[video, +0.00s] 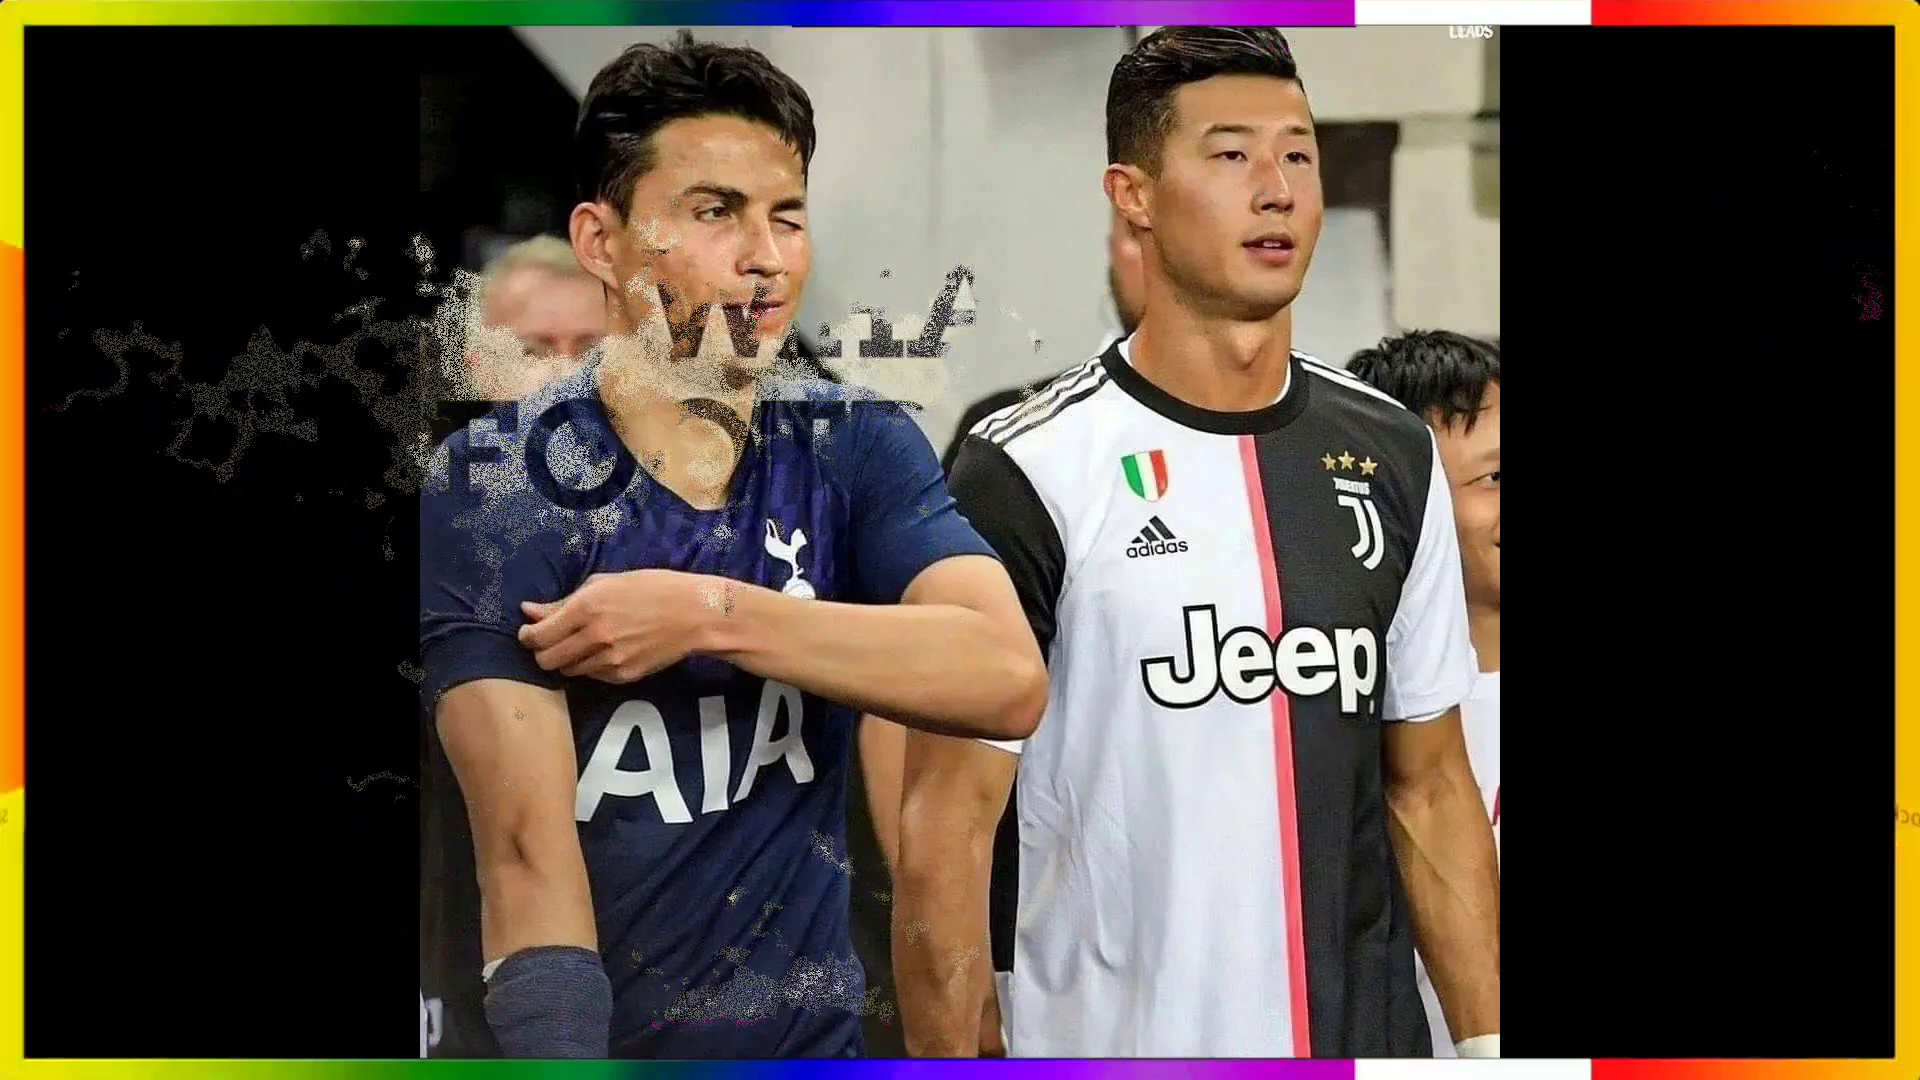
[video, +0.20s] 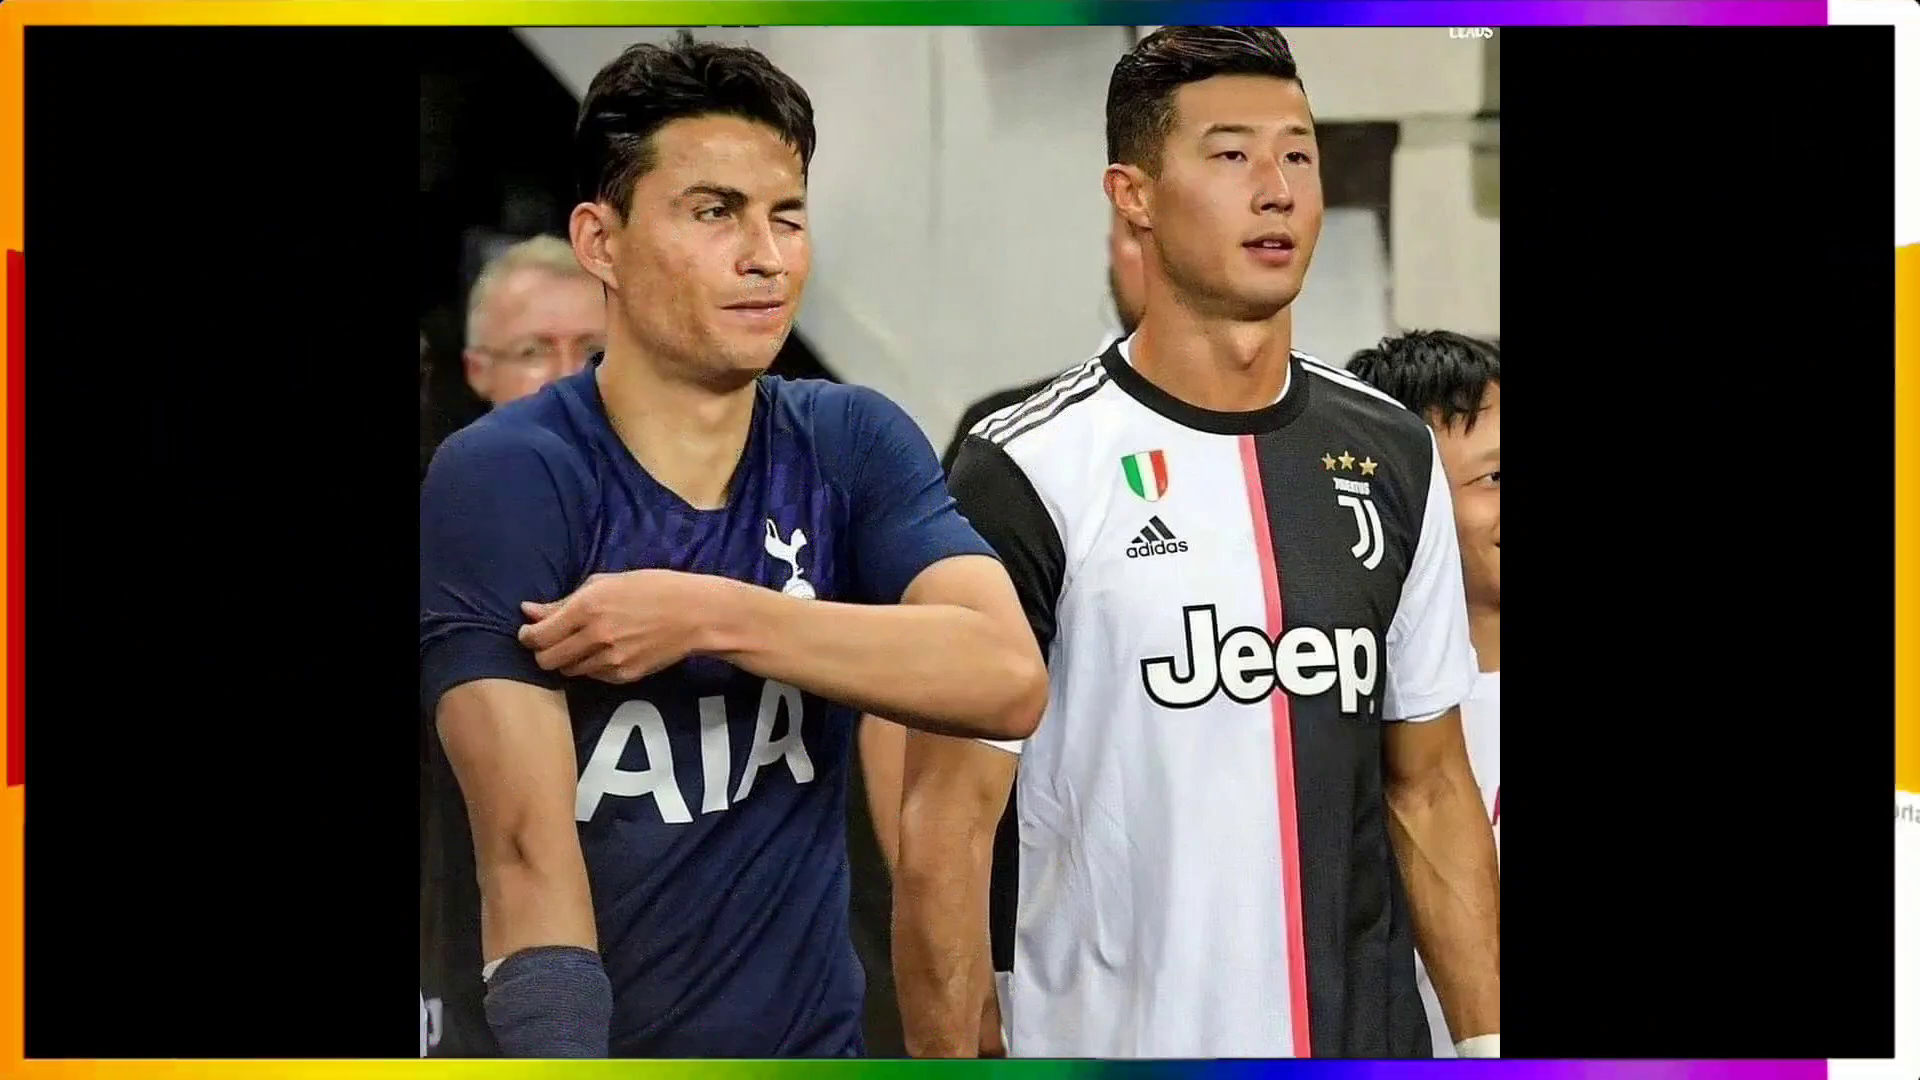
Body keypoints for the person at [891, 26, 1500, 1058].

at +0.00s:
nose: (1279, 193)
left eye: (1298, 159)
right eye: (1230, 156)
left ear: (1320, 187)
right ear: (1133, 197)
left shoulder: (1392, 451)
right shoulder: (1022, 463)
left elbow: (1431, 786)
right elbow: (947, 817)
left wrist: (1483, 1048)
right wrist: (952, 1067)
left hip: (1358, 1046)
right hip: (1107, 1047)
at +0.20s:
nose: (1279, 193)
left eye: (1298, 158)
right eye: (1230, 156)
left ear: (1319, 186)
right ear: (1134, 197)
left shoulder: (1392, 451)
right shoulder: (1022, 462)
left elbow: (1431, 786)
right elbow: (948, 817)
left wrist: (1483, 1046)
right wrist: (953, 1068)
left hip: (1363, 1042)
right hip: (1110, 1044)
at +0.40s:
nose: (1279, 193)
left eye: (1298, 158)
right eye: (1230, 156)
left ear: (1319, 186)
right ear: (1134, 197)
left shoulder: (1392, 451)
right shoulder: (1022, 462)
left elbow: (1431, 786)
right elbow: (948, 816)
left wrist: (1483, 1046)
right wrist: (952, 1067)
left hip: (1360, 1044)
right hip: (1109, 1046)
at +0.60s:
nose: (1279, 193)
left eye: (1298, 159)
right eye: (1230, 156)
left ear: (1320, 187)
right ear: (1133, 197)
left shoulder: (1392, 451)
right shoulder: (1022, 462)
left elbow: (1431, 786)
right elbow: (947, 817)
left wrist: (1484, 1047)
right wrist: (953, 1066)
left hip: (1359, 1046)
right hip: (1109, 1045)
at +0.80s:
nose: (1279, 193)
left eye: (1298, 159)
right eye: (1230, 156)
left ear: (1320, 187)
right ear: (1133, 197)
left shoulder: (1392, 451)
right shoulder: (1022, 462)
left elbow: (1431, 786)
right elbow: (947, 816)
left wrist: (1482, 1046)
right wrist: (953, 1069)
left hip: (1358, 1046)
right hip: (1107, 1048)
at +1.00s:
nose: (1279, 193)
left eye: (1297, 159)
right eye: (1230, 156)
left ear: (1319, 187)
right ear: (1133, 197)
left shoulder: (1392, 451)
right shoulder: (1022, 462)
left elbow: (1431, 785)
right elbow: (948, 816)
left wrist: (1483, 1049)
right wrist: (952, 1066)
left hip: (1358, 1046)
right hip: (1107, 1046)